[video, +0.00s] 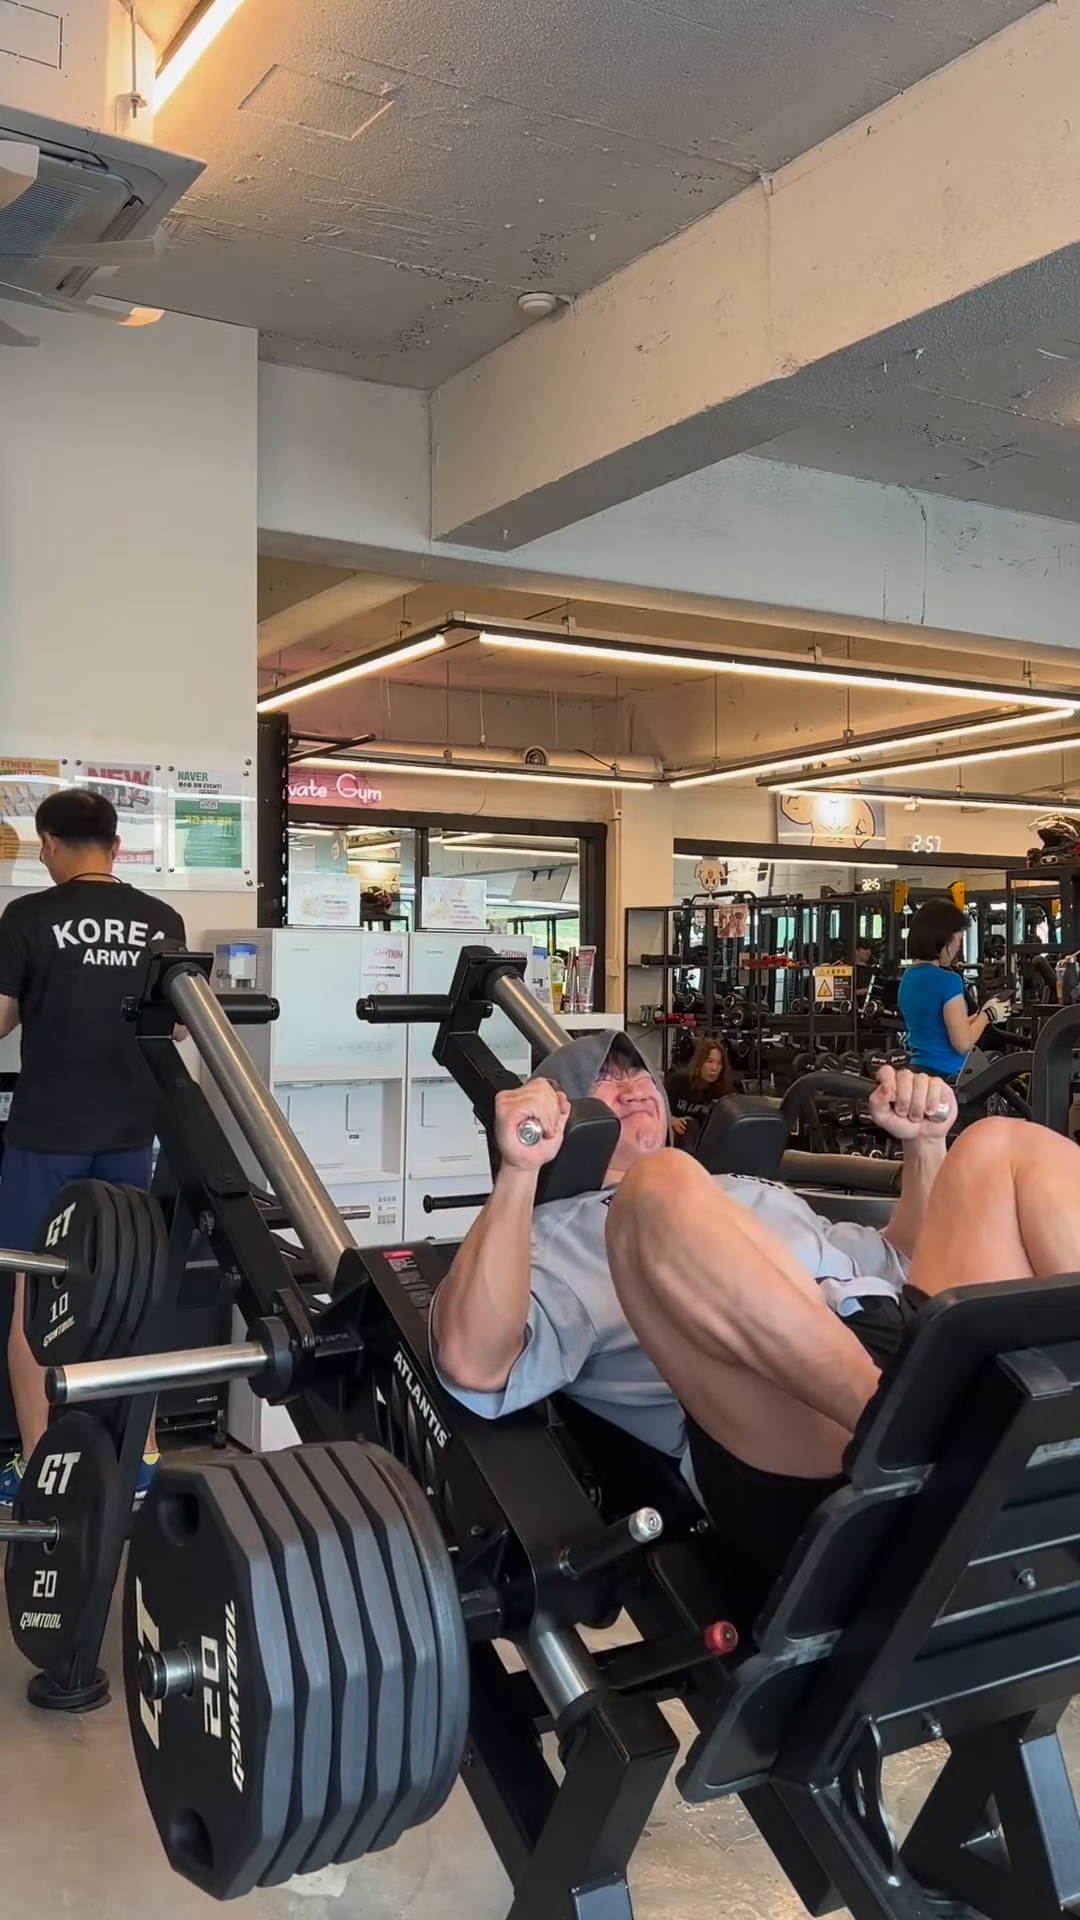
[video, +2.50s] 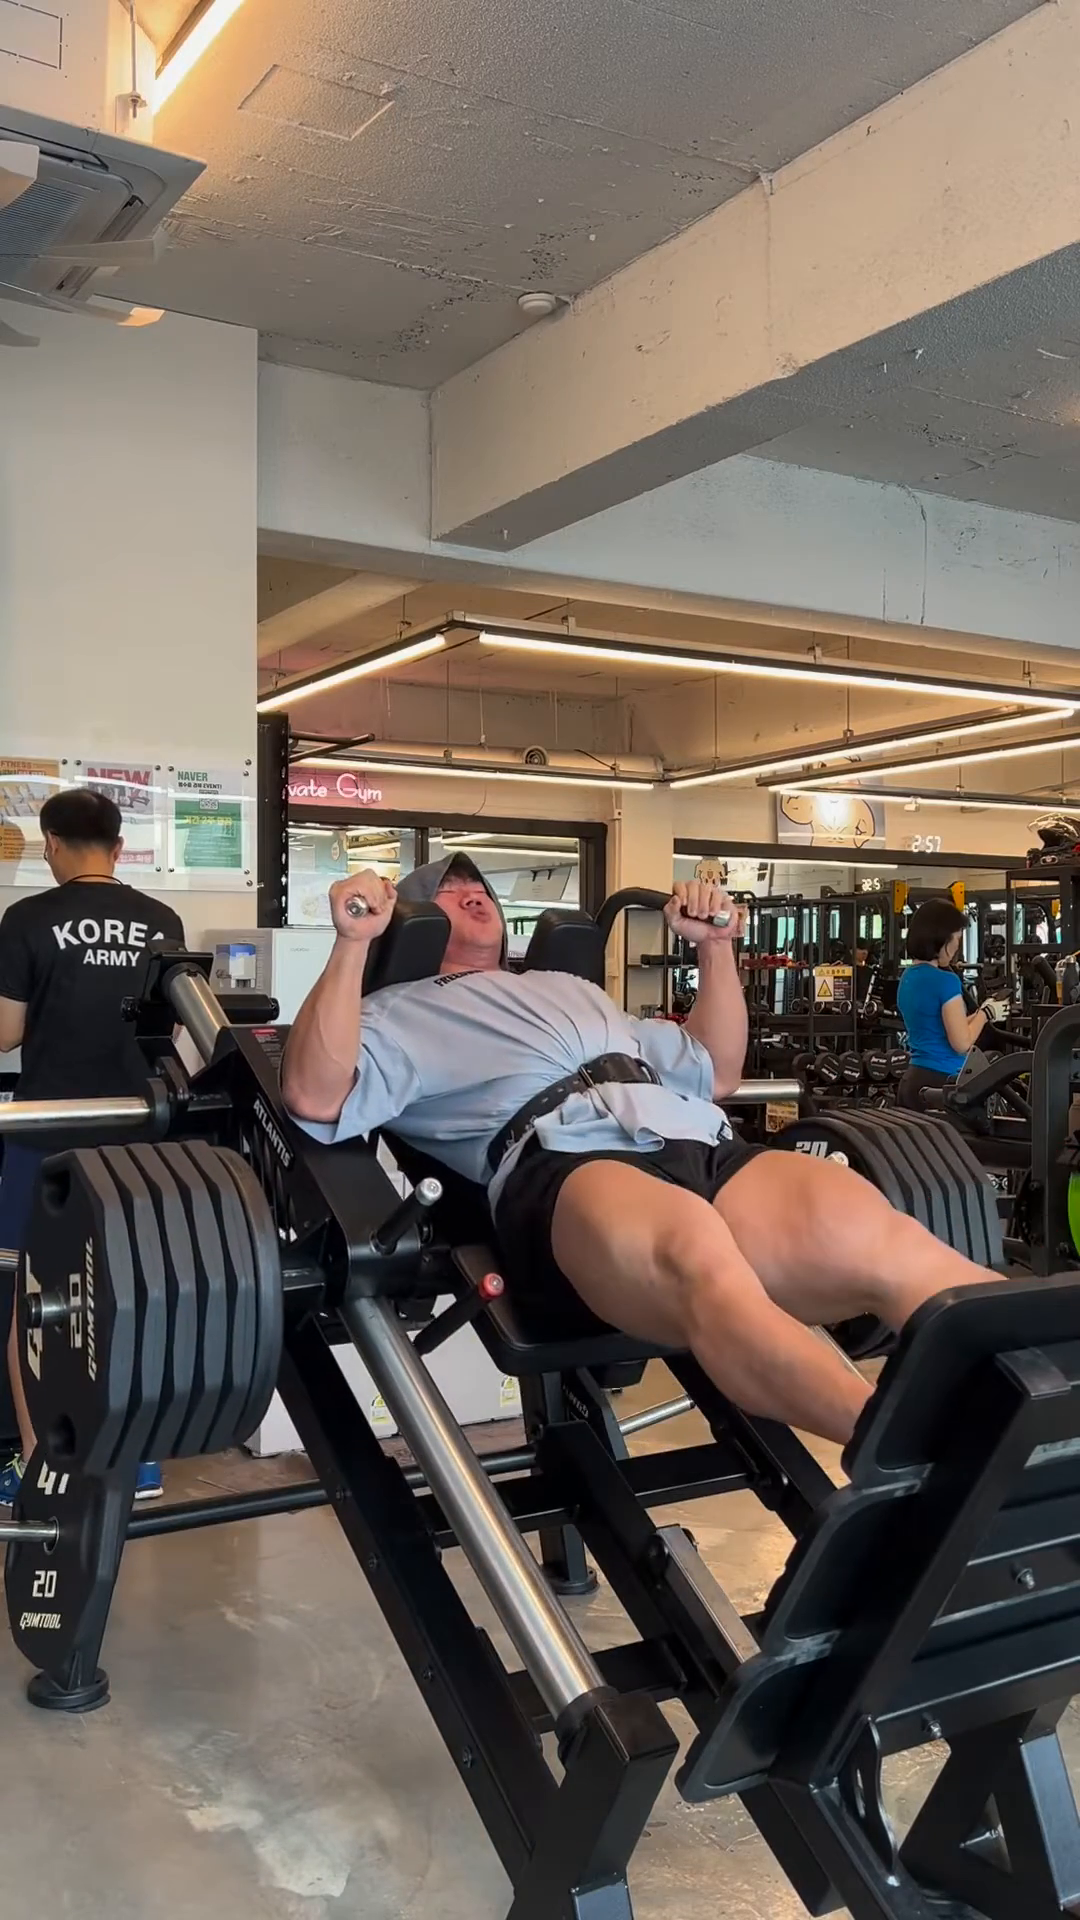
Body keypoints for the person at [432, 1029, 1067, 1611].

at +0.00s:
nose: (632, 1088)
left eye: (638, 1074)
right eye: (602, 1081)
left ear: (662, 1102)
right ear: (562, 1120)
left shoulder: (757, 1195)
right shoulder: (552, 1240)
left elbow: (901, 1261)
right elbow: (473, 1365)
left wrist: (922, 1151)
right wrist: (517, 1177)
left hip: (933, 1388)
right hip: (785, 1474)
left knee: (1005, 1146)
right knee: (658, 1187)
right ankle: (899, 1425)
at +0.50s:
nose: (635, 1096)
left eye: (641, 1079)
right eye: (605, 1090)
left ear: (668, 1102)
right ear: (567, 1129)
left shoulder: (765, 1205)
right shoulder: (562, 1250)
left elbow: (910, 1280)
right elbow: (480, 1376)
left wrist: (932, 1163)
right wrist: (525, 1186)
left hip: (928, 1389)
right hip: (788, 1479)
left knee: (1002, 1150)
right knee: (655, 1192)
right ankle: (895, 1424)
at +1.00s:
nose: (628, 1081)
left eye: (633, 1065)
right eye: (597, 1074)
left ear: (657, 1093)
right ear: (554, 1113)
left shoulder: (745, 1188)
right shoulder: (551, 1237)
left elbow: (898, 1266)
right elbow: (469, 1358)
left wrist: (917, 1147)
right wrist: (515, 1171)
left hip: (925, 1381)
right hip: (785, 1474)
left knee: (1005, 1146)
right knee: (672, 1173)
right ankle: (894, 1415)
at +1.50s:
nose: (578, 1024)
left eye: (585, 1011)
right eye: (550, 1014)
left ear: (607, 1044)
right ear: (503, 1054)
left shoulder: (666, 1131)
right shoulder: (504, 1166)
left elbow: (850, 1207)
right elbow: (417, 1270)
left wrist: (848, 1083)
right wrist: (464, 1092)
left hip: (864, 1381)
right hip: (713, 1430)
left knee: (990, 1133)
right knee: (692, 1138)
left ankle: (1071, 1380)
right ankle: (892, 1403)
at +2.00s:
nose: (516, 958)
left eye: (526, 948)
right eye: (493, 951)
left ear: (552, 974)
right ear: (460, 992)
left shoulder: (624, 1057)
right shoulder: (442, 1078)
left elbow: (774, 1135)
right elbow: (358, 1170)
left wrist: (774, 1009)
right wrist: (399, 1011)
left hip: (776, 1253)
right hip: (623, 1308)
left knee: (976, 1149)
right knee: (667, 1166)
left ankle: (1072, 1382)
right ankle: (896, 1424)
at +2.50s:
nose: (469, 891)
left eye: (479, 887)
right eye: (449, 886)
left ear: (503, 921)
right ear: (416, 926)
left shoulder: (571, 989)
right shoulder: (399, 1015)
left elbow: (713, 1070)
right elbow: (314, 1096)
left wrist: (716, 951)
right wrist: (350, 948)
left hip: (699, 1148)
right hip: (564, 1166)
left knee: (864, 1222)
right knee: (698, 1264)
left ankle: (1054, 1349)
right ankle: (902, 1438)